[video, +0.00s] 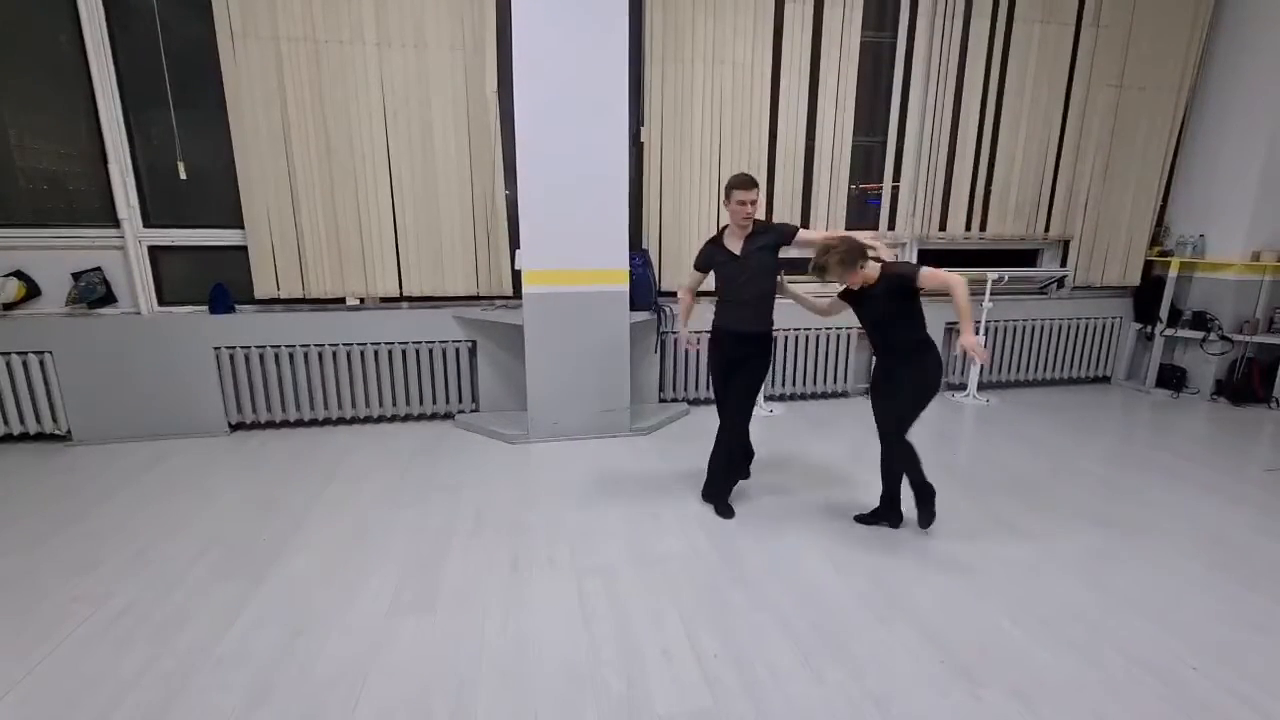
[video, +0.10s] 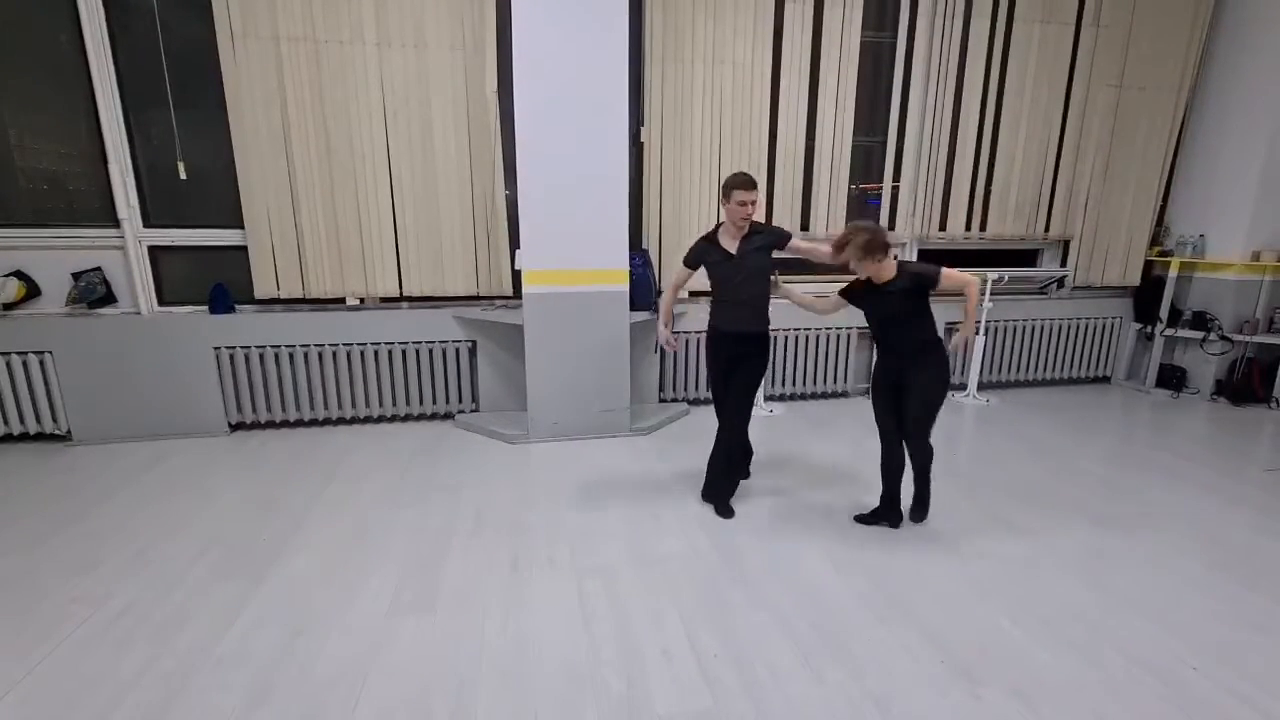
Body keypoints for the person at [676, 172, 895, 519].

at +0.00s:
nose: (747, 209)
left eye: (752, 203)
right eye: (740, 203)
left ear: (759, 203)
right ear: (726, 204)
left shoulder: (772, 233)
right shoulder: (714, 247)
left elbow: (824, 238)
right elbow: (689, 288)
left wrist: (872, 241)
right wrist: (683, 324)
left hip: (758, 338)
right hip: (723, 337)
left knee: (736, 412)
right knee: (728, 410)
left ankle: (716, 489)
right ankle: (741, 460)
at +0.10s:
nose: (748, 210)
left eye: (753, 204)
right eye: (741, 203)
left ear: (757, 204)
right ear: (724, 204)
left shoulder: (766, 236)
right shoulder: (706, 245)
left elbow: (811, 249)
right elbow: (674, 286)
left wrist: (842, 249)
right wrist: (664, 325)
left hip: (755, 337)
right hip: (720, 336)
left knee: (736, 412)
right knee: (725, 409)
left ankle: (717, 492)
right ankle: (742, 458)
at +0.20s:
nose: (750, 210)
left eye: (754, 204)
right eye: (743, 204)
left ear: (757, 206)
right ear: (724, 203)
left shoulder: (763, 240)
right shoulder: (703, 245)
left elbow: (798, 268)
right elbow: (670, 290)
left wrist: (851, 276)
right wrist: (663, 330)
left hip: (751, 338)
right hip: (716, 338)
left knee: (734, 414)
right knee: (724, 410)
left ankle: (716, 491)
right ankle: (740, 459)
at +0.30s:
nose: (754, 210)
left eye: (757, 204)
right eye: (748, 204)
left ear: (758, 206)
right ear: (726, 203)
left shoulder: (756, 244)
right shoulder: (702, 246)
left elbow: (770, 285)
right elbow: (693, 297)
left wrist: (806, 291)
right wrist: (709, 331)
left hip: (746, 336)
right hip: (712, 335)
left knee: (732, 414)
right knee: (720, 410)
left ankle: (715, 489)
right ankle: (737, 455)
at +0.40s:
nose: (757, 208)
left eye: (759, 202)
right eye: (751, 201)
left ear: (754, 204)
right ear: (729, 201)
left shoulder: (750, 245)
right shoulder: (707, 242)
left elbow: (757, 288)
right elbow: (723, 289)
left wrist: (786, 288)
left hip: (739, 342)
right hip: (706, 343)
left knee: (730, 416)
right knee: (708, 412)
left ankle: (716, 491)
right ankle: (720, 465)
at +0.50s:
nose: (759, 208)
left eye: (760, 202)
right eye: (753, 201)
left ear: (740, 203)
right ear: (731, 201)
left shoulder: (745, 243)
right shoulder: (709, 241)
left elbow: (758, 272)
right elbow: (742, 287)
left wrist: (784, 279)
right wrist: (794, 304)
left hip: (733, 343)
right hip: (701, 342)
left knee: (726, 423)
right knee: (688, 414)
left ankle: (715, 491)